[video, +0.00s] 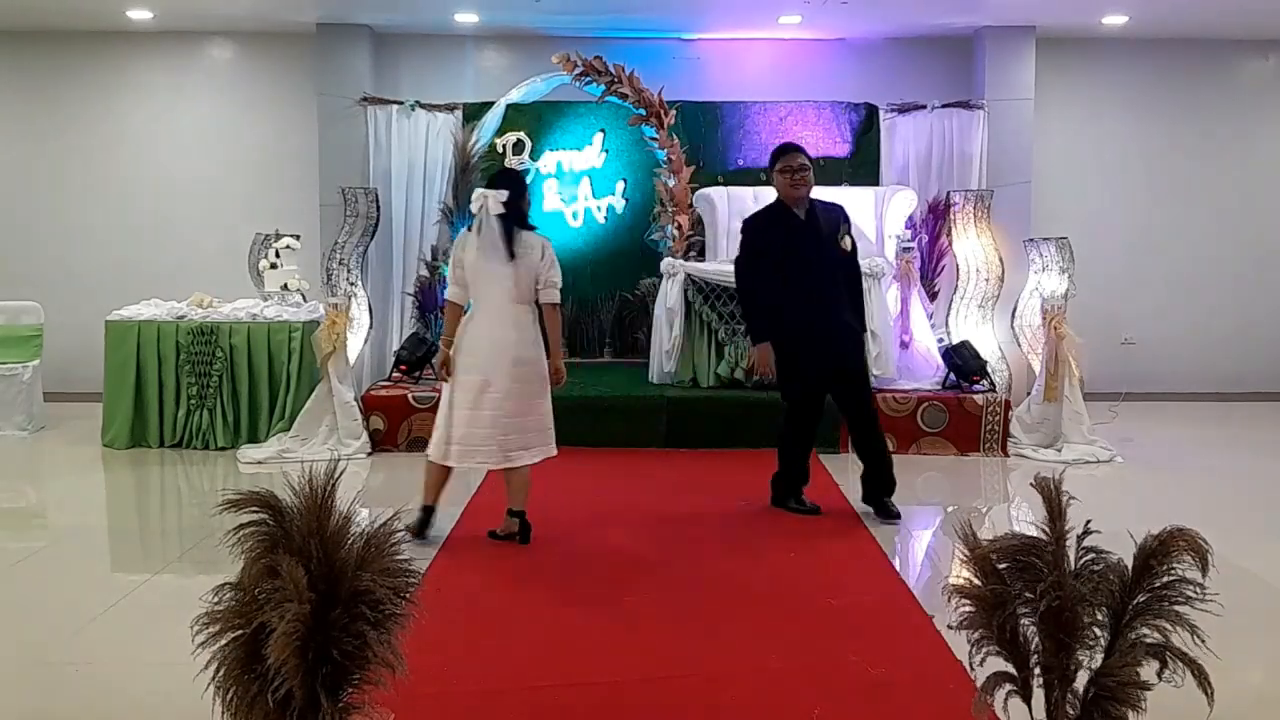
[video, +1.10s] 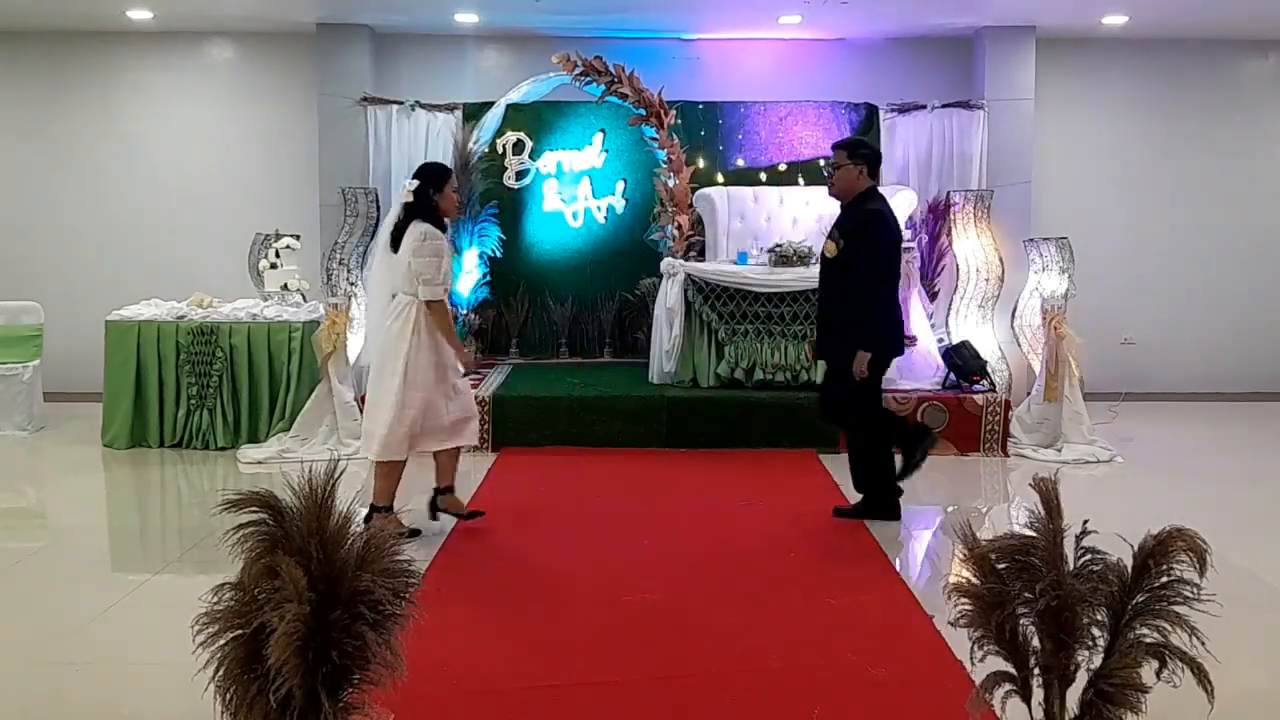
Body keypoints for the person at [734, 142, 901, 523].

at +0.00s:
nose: (797, 176)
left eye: (803, 169)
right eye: (787, 171)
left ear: (813, 174)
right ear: (773, 179)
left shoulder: (835, 216)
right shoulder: (758, 226)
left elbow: (852, 276)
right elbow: (748, 287)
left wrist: (858, 329)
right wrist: (760, 340)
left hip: (841, 335)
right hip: (794, 340)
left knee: (864, 419)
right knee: (800, 419)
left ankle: (878, 494)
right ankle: (787, 491)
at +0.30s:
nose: (819, 180)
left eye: (828, 172)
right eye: (813, 174)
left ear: (850, 174)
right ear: (809, 181)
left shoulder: (882, 213)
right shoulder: (803, 227)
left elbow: (908, 264)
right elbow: (788, 282)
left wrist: (889, 314)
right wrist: (788, 331)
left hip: (874, 336)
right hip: (825, 339)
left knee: (892, 419)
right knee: (817, 416)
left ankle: (921, 499)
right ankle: (805, 487)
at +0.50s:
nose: (835, 182)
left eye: (844, 175)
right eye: (833, 176)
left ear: (871, 177)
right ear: (833, 181)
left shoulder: (908, 219)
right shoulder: (830, 229)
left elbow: (934, 277)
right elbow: (819, 287)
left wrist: (940, 333)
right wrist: (813, 336)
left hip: (899, 345)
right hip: (849, 346)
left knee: (903, 426)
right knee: (834, 420)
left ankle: (921, 502)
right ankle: (825, 489)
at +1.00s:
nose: (833, 175)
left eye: (839, 167)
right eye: (834, 168)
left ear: (864, 172)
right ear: (860, 173)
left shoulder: (883, 218)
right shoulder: (855, 215)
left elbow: (891, 287)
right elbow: (852, 285)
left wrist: (897, 343)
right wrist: (835, 339)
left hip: (872, 341)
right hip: (852, 338)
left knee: (877, 417)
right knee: (865, 419)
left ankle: (928, 477)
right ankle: (879, 499)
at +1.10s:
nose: (829, 176)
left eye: (835, 169)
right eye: (829, 169)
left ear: (861, 172)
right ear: (857, 174)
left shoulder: (873, 217)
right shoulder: (855, 214)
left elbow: (879, 289)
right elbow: (844, 285)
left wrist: (868, 346)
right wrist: (826, 337)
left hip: (866, 341)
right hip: (851, 337)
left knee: (838, 404)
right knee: (861, 416)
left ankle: (912, 435)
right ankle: (879, 498)